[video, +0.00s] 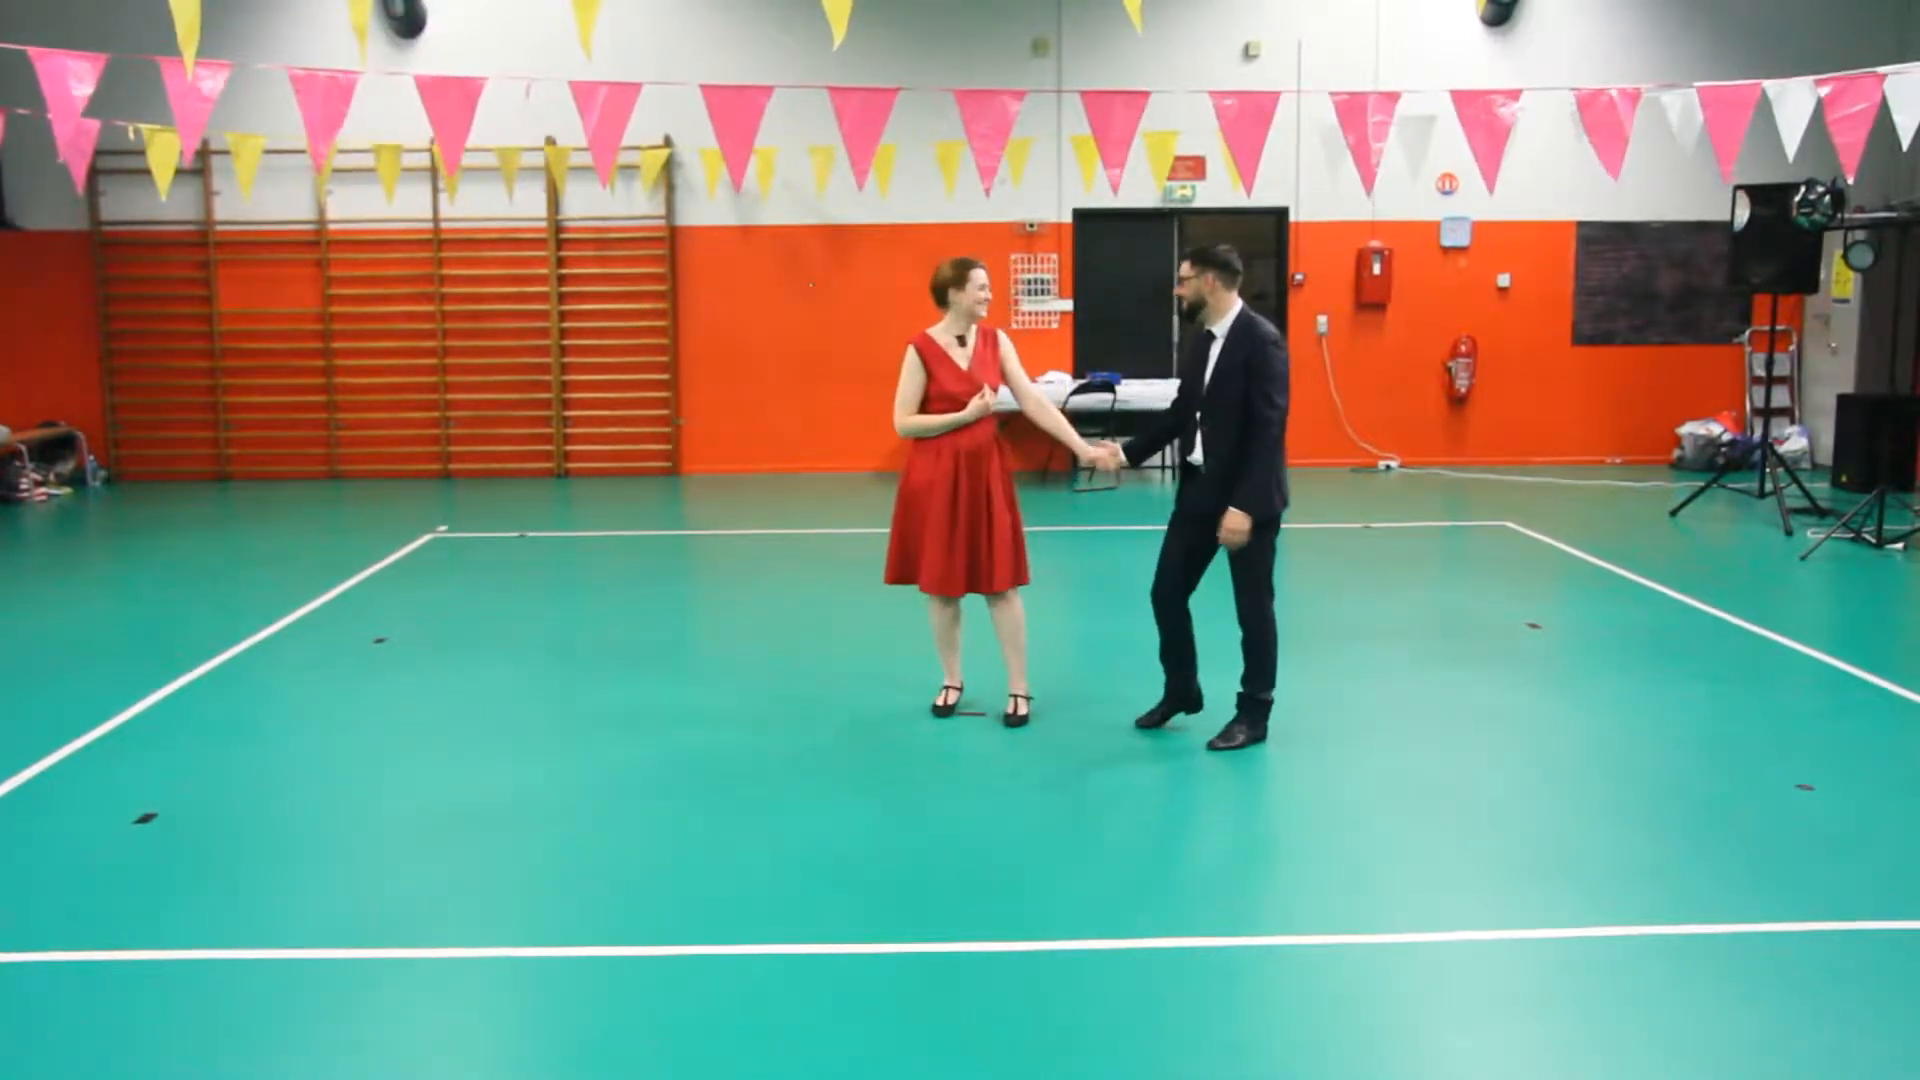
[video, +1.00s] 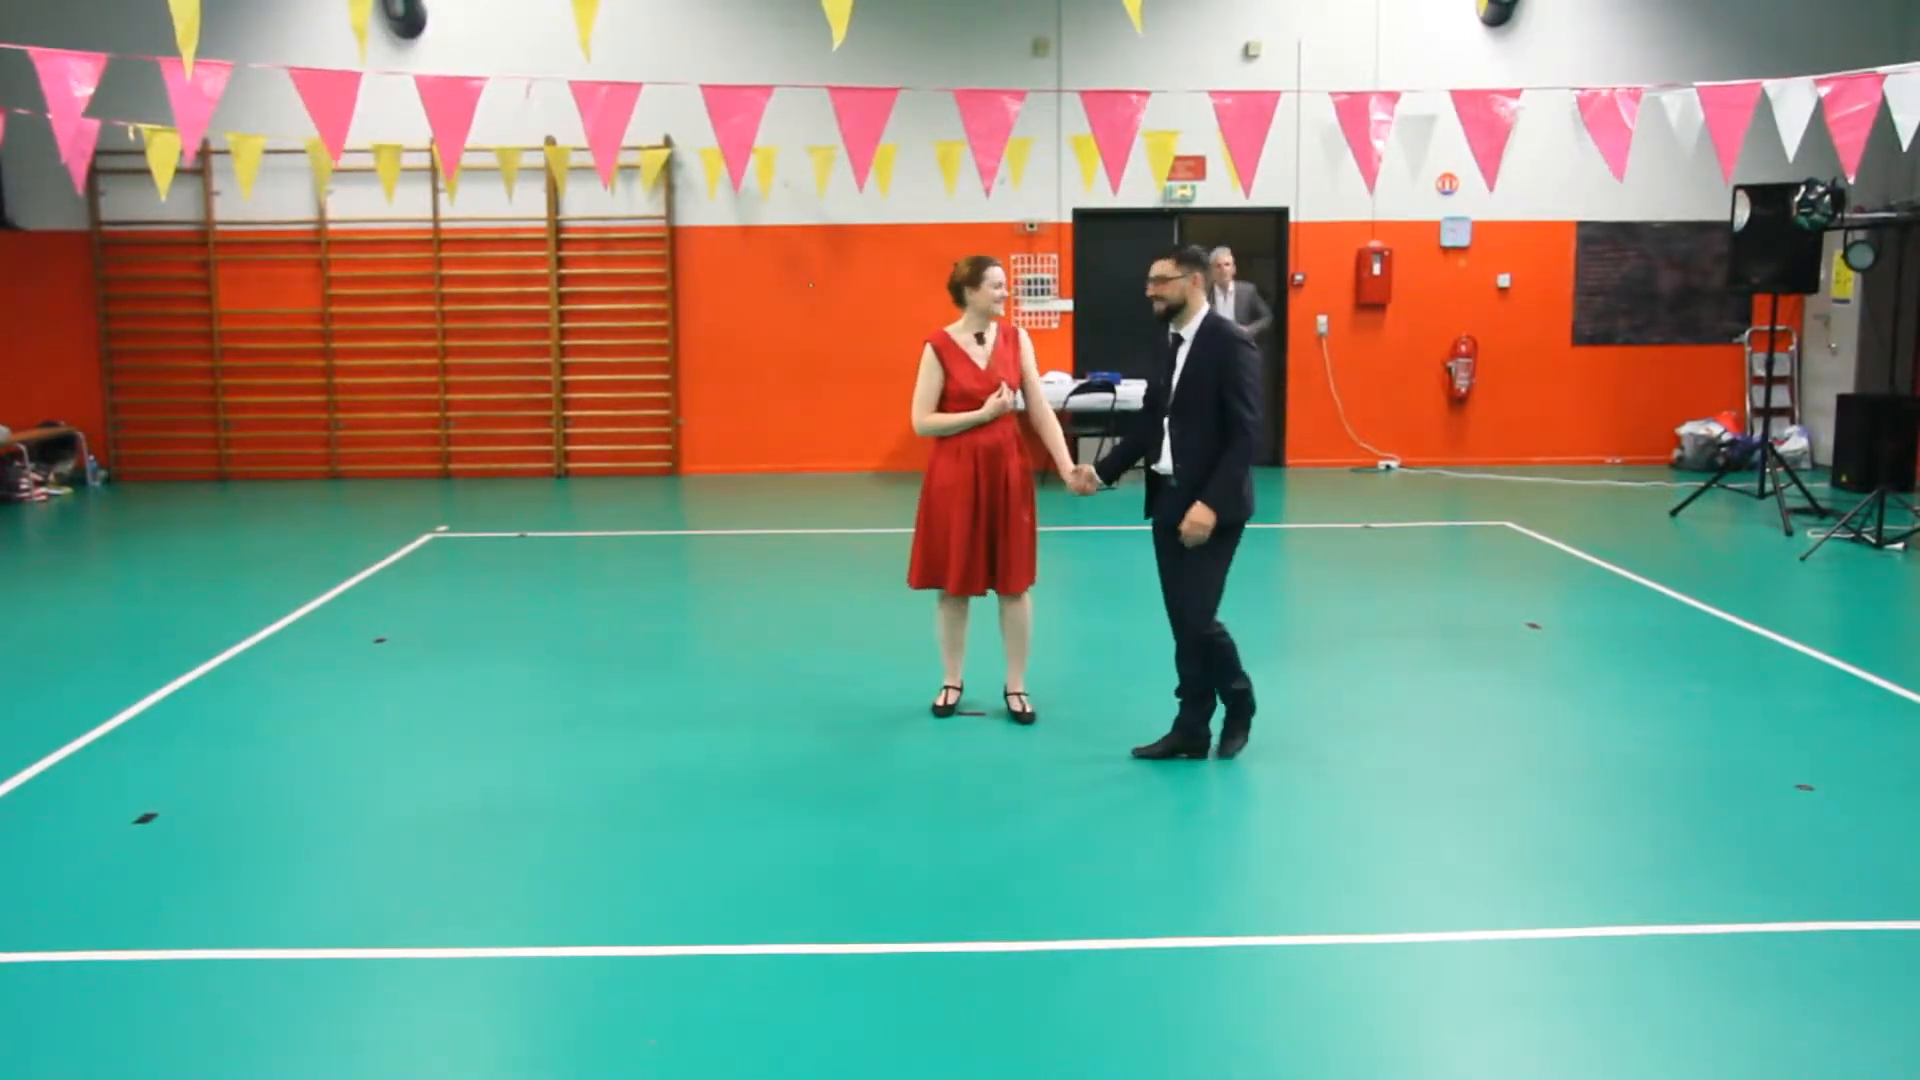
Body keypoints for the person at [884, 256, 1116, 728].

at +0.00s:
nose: (987, 296)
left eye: (988, 288)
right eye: (979, 288)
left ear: (982, 294)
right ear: (951, 293)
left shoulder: (996, 341)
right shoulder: (921, 349)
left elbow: (1033, 402)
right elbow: (904, 423)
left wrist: (1083, 448)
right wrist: (967, 414)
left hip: (986, 476)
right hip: (937, 478)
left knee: (1000, 585)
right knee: (943, 587)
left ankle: (1018, 688)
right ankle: (951, 682)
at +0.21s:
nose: (989, 297)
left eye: (987, 289)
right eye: (982, 290)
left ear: (966, 295)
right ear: (958, 295)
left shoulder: (988, 341)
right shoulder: (920, 349)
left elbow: (1030, 399)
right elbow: (901, 424)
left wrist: (1081, 438)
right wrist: (966, 417)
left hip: (981, 476)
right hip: (932, 479)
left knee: (999, 585)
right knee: (940, 588)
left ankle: (1018, 687)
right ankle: (951, 682)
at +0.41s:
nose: (991, 297)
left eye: (989, 290)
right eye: (985, 291)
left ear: (966, 296)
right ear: (961, 297)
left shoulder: (988, 341)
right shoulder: (921, 349)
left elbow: (1027, 398)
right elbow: (901, 424)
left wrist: (1077, 438)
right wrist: (966, 418)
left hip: (982, 474)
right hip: (935, 478)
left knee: (1001, 584)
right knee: (941, 587)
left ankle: (1016, 686)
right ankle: (951, 682)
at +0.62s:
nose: (994, 298)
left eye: (993, 291)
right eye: (986, 291)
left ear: (979, 295)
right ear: (959, 296)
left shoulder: (995, 340)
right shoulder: (925, 348)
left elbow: (1028, 401)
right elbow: (905, 423)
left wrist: (1071, 444)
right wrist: (970, 417)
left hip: (989, 475)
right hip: (939, 478)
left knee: (1004, 584)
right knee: (943, 586)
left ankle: (1016, 687)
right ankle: (950, 682)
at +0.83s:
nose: (999, 295)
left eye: (1000, 287)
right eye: (991, 288)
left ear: (994, 294)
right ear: (963, 294)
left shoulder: (1007, 339)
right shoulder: (933, 347)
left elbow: (1035, 405)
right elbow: (915, 420)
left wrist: (1068, 452)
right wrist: (976, 415)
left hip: (1000, 473)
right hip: (949, 475)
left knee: (1009, 584)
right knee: (950, 584)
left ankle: (1016, 687)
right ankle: (951, 682)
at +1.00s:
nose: (1003, 293)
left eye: (1004, 286)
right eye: (995, 286)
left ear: (1001, 292)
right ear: (967, 292)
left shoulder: (1015, 339)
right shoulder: (939, 347)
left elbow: (1039, 407)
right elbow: (922, 421)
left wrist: (1066, 467)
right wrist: (981, 413)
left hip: (1009, 472)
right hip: (956, 474)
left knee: (1014, 584)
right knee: (955, 584)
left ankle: (1016, 687)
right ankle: (951, 683)